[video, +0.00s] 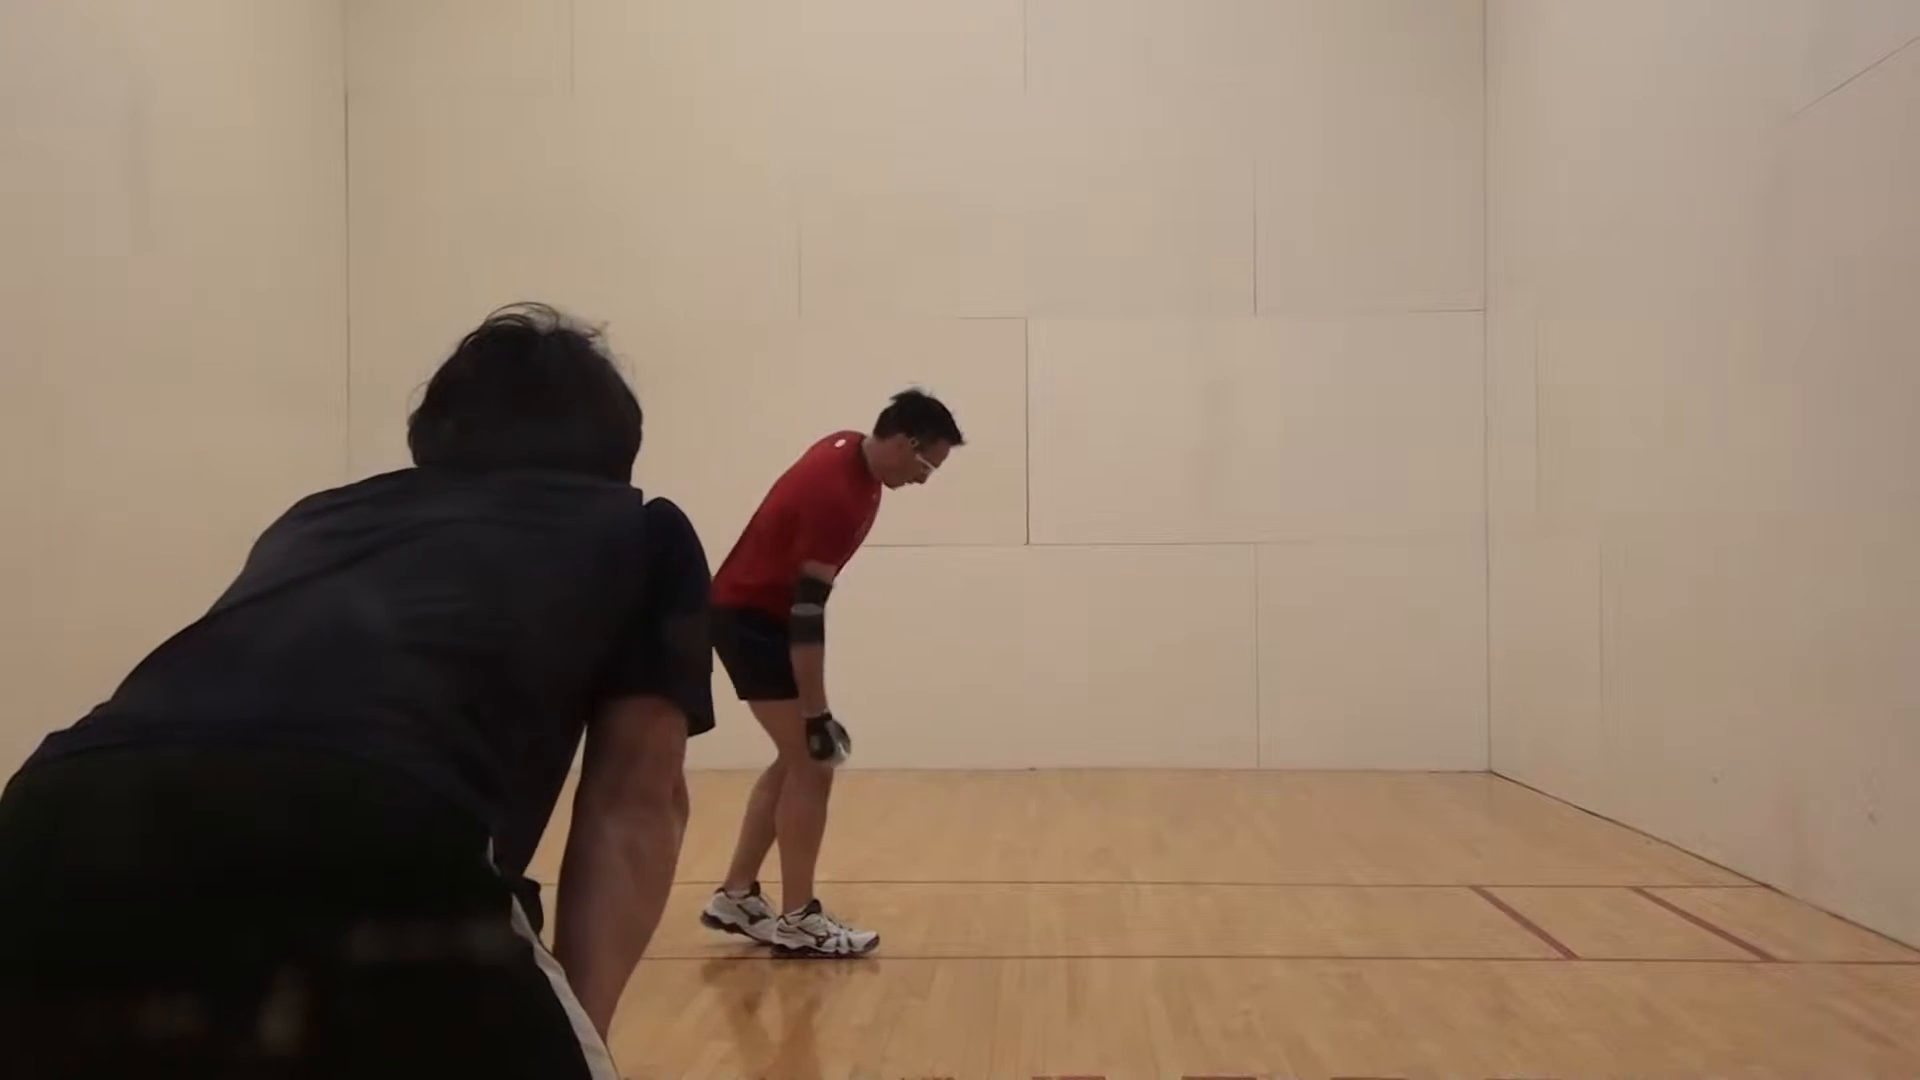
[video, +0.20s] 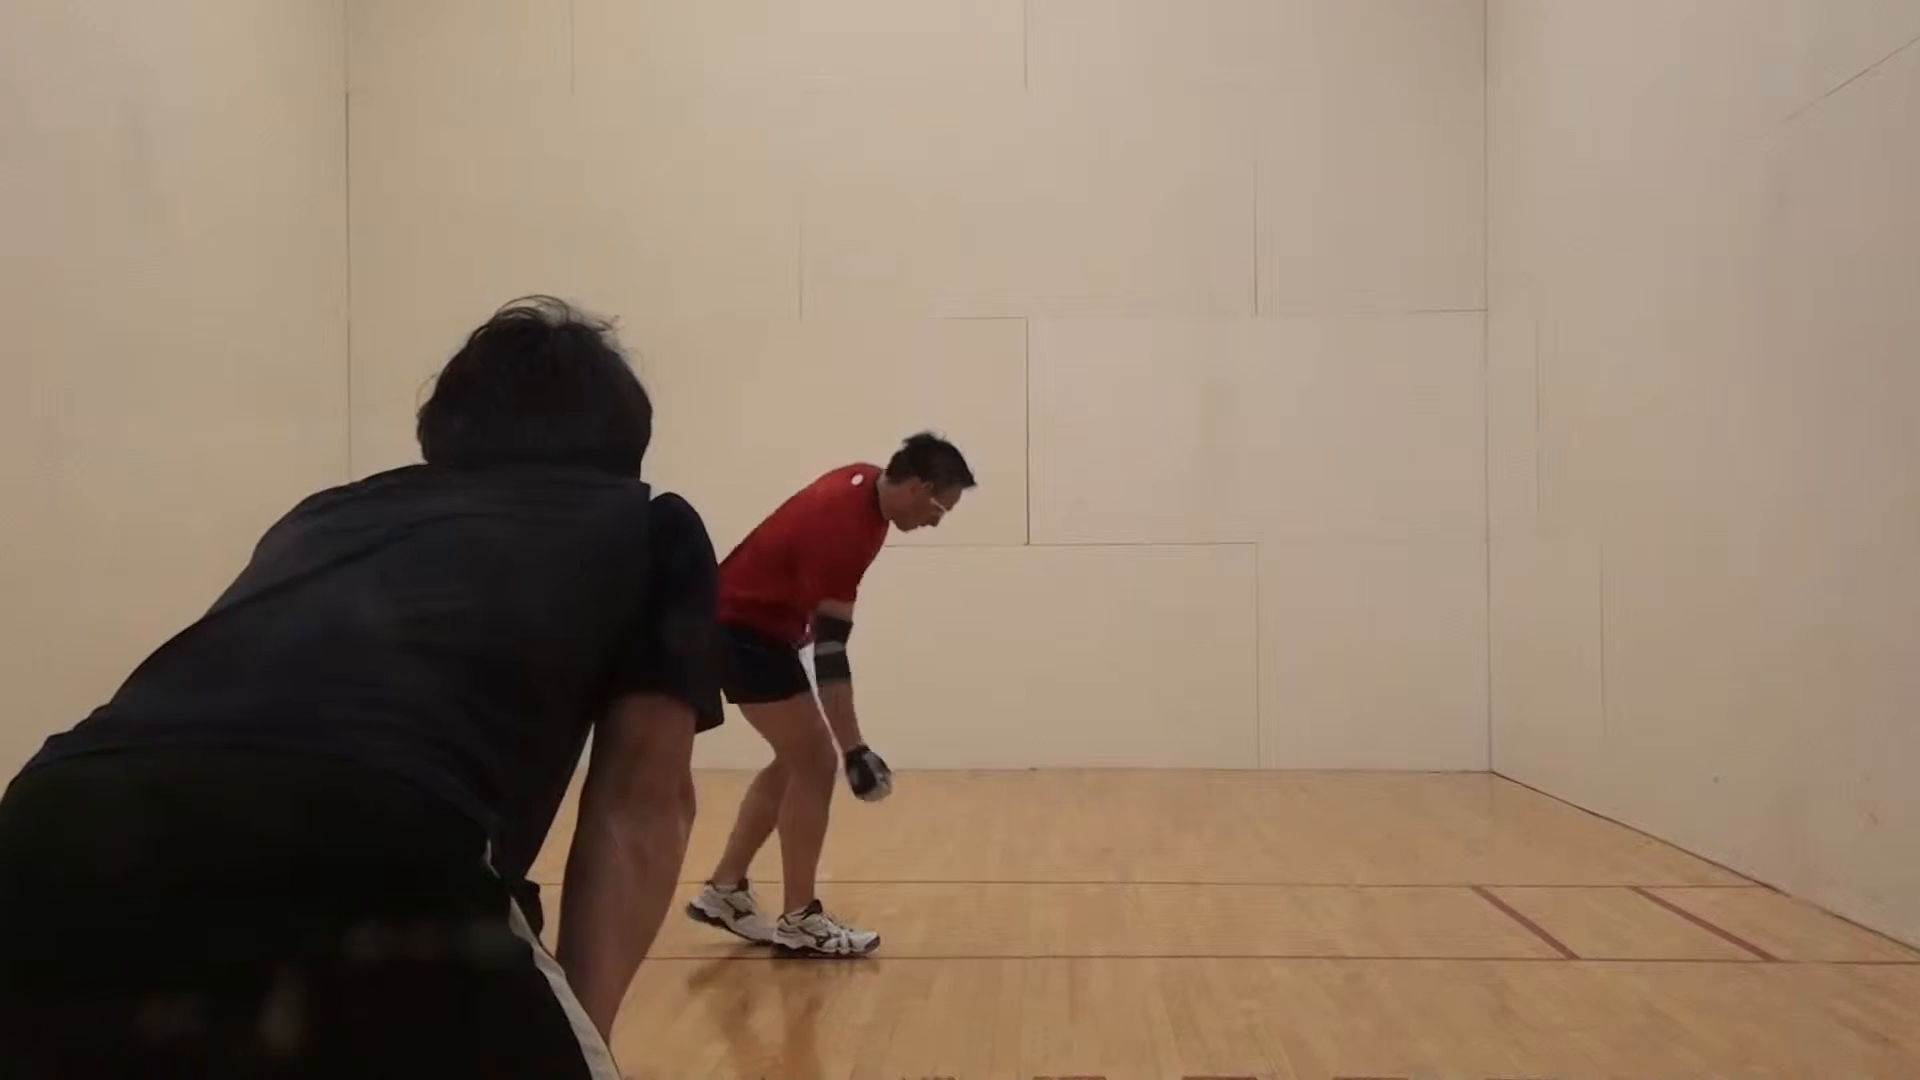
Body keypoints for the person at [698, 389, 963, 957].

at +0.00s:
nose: (923, 475)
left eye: (931, 467)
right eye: (923, 462)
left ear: (896, 439)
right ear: (895, 438)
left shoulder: (849, 454)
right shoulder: (842, 494)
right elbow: (806, 611)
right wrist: (815, 715)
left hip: (748, 610)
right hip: (751, 616)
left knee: (796, 755)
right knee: (811, 756)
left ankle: (735, 894)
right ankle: (797, 914)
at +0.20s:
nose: (939, 516)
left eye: (946, 507)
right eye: (938, 503)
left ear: (908, 481)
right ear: (910, 482)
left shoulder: (861, 483)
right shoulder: (849, 527)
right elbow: (828, 653)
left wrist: (810, 619)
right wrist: (854, 751)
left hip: (745, 624)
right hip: (747, 634)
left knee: (795, 756)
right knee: (815, 760)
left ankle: (723, 888)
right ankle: (799, 915)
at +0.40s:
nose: (937, 576)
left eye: (944, 566)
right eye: (940, 564)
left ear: (914, 541)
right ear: (915, 545)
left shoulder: (865, 528)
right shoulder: (836, 575)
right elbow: (822, 701)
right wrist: (912, 728)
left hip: (721, 643)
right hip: (732, 654)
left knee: (770, 780)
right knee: (819, 762)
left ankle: (646, 857)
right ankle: (800, 917)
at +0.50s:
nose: (929, 596)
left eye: (936, 587)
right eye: (932, 584)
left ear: (908, 561)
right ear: (910, 566)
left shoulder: (858, 546)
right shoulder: (829, 594)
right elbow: (818, 715)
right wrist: (910, 717)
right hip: (722, 663)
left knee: (743, 794)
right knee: (814, 764)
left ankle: (632, 868)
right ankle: (799, 917)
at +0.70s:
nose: (911, 587)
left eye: (917, 578)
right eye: (914, 574)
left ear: (888, 550)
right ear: (891, 553)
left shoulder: (834, 552)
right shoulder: (824, 567)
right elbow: (789, 664)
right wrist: (870, 697)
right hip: (703, 646)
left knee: (703, 779)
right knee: (776, 757)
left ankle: (647, 912)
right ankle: (790, 914)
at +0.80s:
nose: (912, 573)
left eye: (919, 565)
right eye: (912, 560)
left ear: (889, 543)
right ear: (887, 539)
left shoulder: (856, 579)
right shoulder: (813, 551)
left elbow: (825, 659)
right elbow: (794, 610)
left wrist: (840, 635)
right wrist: (863, 646)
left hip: (719, 642)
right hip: (706, 638)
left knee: (711, 772)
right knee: (770, 752)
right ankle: (743, 904)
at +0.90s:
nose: (916, 575)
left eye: (922, 567)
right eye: (919, 562)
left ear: (897, 546)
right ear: (897, 543)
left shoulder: (860, 602)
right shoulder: (822, 539)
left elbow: (867, 678)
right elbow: (802, 544)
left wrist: (858, 647)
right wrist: (873, 595)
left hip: (725, 667)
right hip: (704, 651)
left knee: (709, 775)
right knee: (765, 768)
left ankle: (624, 888)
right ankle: (720, 910)